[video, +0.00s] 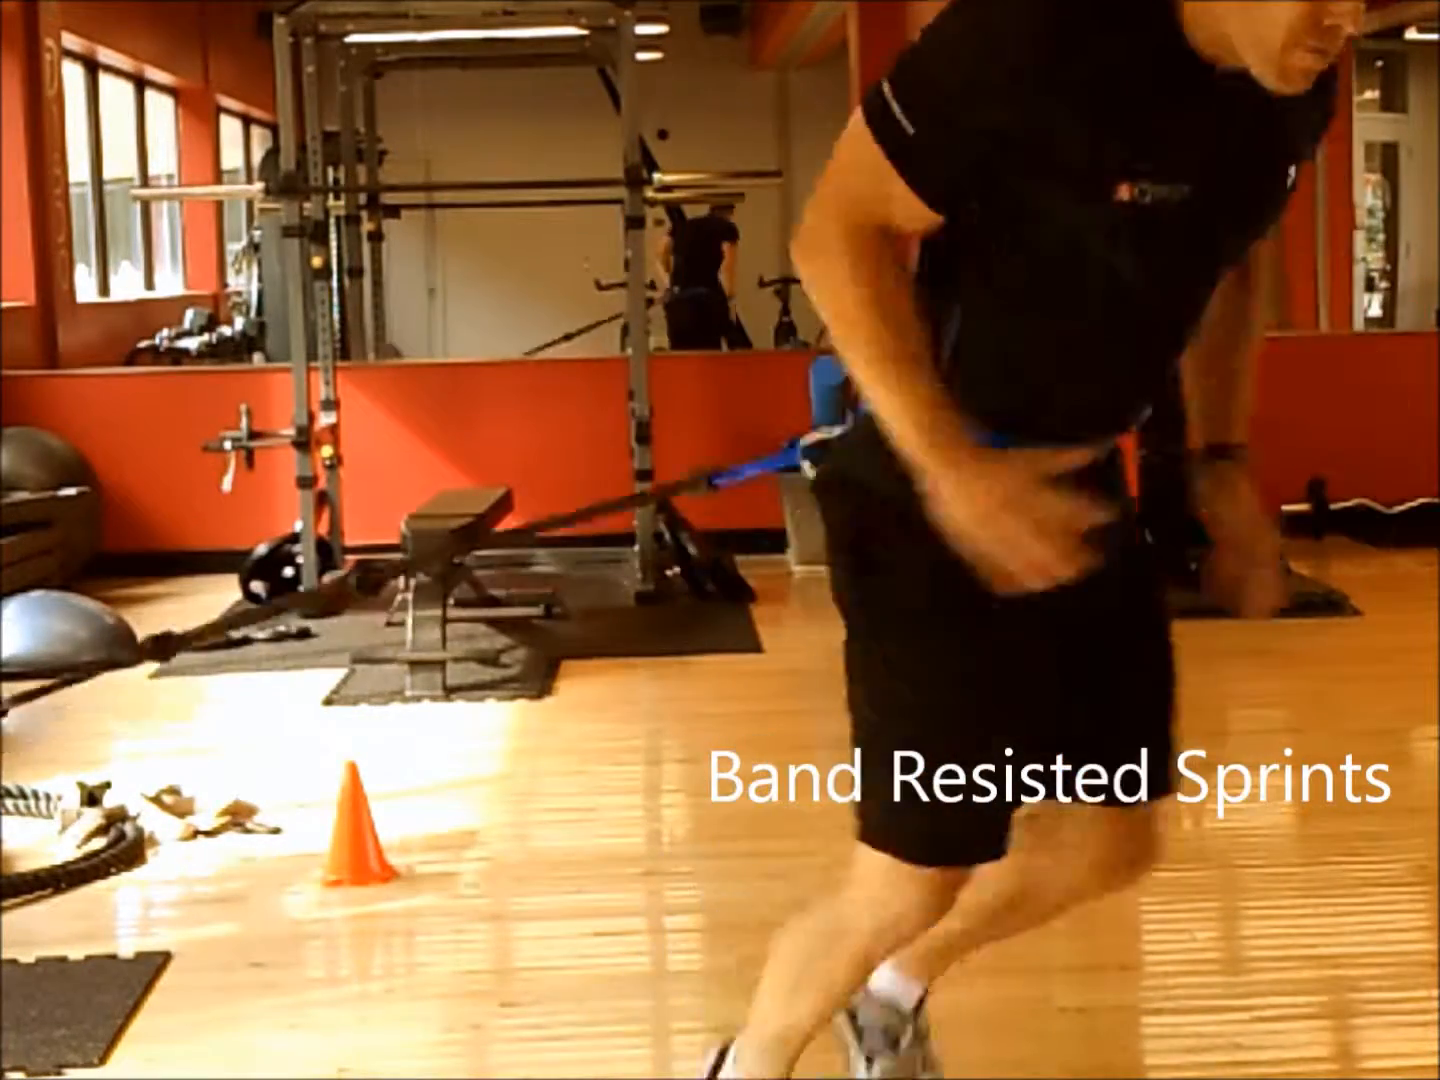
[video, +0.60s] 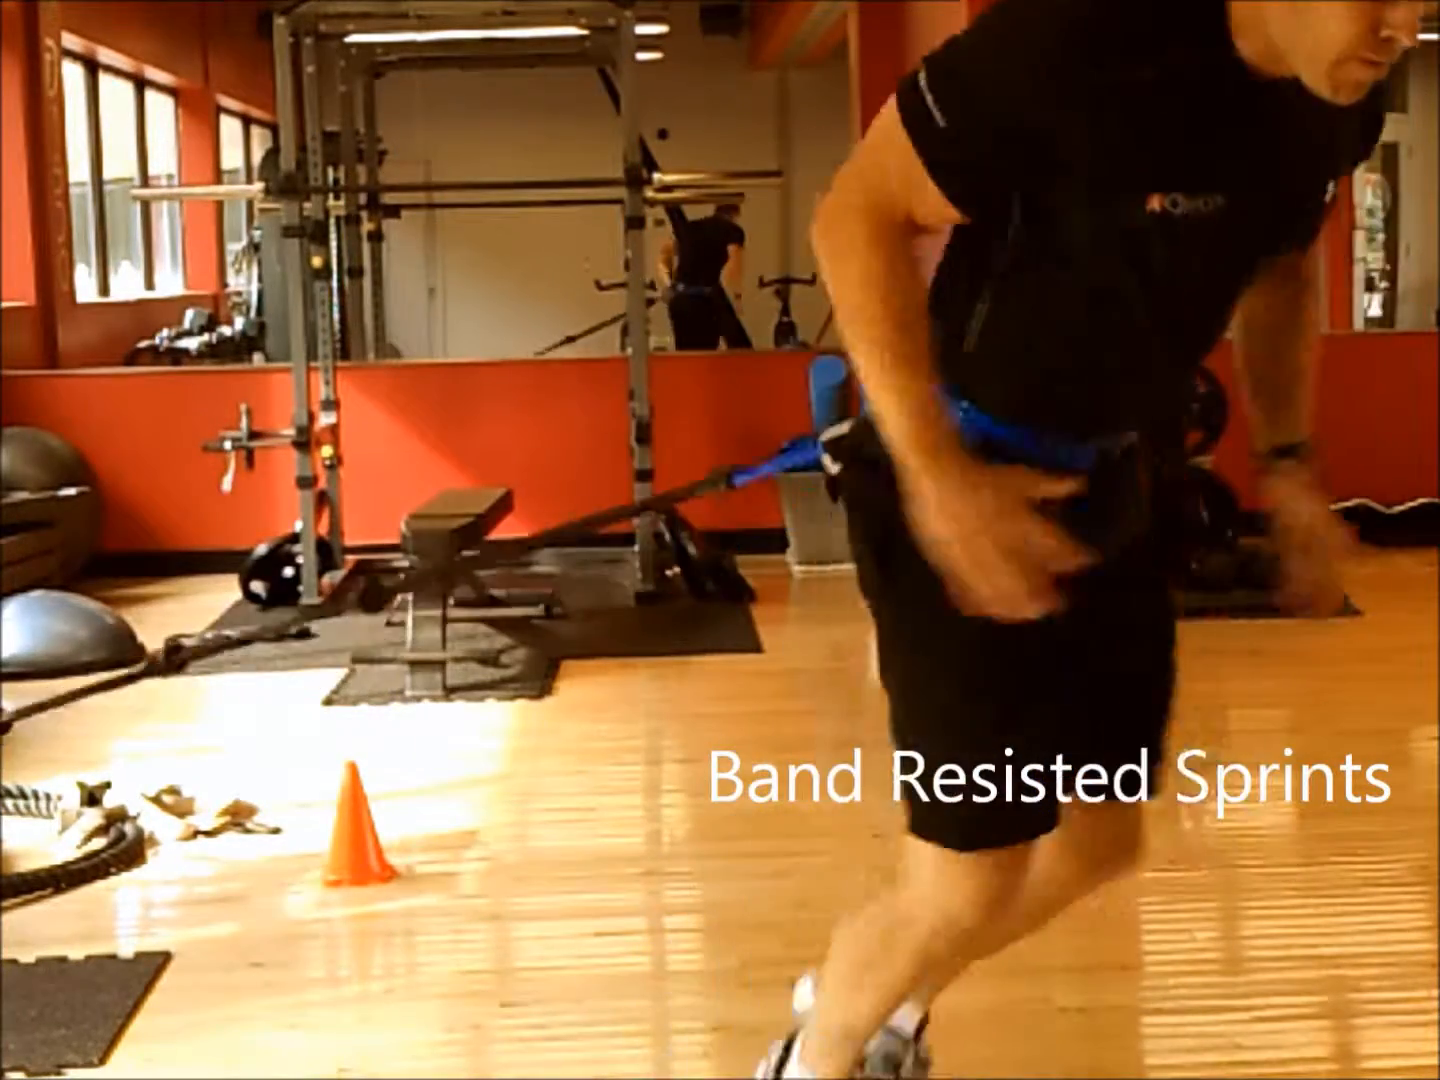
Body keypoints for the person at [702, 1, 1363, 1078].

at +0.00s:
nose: (1341, 26)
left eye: (1362, 5)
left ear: (1375, 9)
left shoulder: (1304, 85)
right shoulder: (1028, 36)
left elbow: (1229, 262)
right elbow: (836, 232)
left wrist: (1220, 461)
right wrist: (951, 465)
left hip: (1089, 469)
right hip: (918, 468)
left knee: (1106, 839)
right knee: (919, 871)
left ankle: (887, 989)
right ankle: (744, 1068)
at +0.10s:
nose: (1311, 99)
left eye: (1326, 64)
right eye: (1289, 56)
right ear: (1179, 21)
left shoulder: (1231, 157)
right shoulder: (1022, 114)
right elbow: (960, 381)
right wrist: (1237, 361)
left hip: (1065, 549)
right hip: (902, 554)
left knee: (1264, 837)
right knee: (838, 904)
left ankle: (980, 812)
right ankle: (702, 1072)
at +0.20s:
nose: (1346, 100)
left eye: (1365, 70)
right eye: (1331, 54)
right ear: (1225, 8)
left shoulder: (1256, 148)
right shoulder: (1041, 95)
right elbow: (923, 343)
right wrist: (1196, 370)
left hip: (1070, 512)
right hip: (908, 513)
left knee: (1264, 801)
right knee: (840, 851)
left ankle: (971, 873)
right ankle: (708, 1067)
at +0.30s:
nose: (1402, 29)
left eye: (1416, 8)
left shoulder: (1328, 107)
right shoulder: (1069, 40)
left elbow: (1218, 274)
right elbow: (866, 238)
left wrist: (1203, 459)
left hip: (1102, 455)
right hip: (933, 445)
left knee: (1101, 836)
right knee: (944, 864)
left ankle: (907, 1026)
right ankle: (716, 1037)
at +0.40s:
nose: (1376, 112)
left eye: (1395, 80)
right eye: (1353, 70)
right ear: (1246, 29)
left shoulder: (1319, 192)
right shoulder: (1039, 112)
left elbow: (1335, 380)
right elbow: (797, 198)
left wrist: (1403, 491)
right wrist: (706, 417)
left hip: (1075, 530)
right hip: (935, 515)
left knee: (980, 844)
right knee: (1098, 866)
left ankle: (838, 1053)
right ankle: (782, 871)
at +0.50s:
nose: (1387, 115)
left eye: (1404, 84)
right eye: (1368, 74)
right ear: (1262, 28)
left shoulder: (1341, 176)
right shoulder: (1049, 103)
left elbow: (1336, 359)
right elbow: (804, 183)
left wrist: (1423, 434)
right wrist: (713, 411)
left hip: (1077, 524)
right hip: (938, 504)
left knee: (966, 840)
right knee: (1104, 840)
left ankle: (845, 1048)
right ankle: (832, 915)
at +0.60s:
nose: (1404, 28)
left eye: (1422, 5)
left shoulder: (1342, 101)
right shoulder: (1070, 43)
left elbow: (1280, 260)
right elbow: (856, 214)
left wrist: (1284, 458)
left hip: (1117, 473)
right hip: (955, 459)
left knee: (1101, 837)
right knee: (973, 879)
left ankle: (878, 997)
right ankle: (816, 1053)